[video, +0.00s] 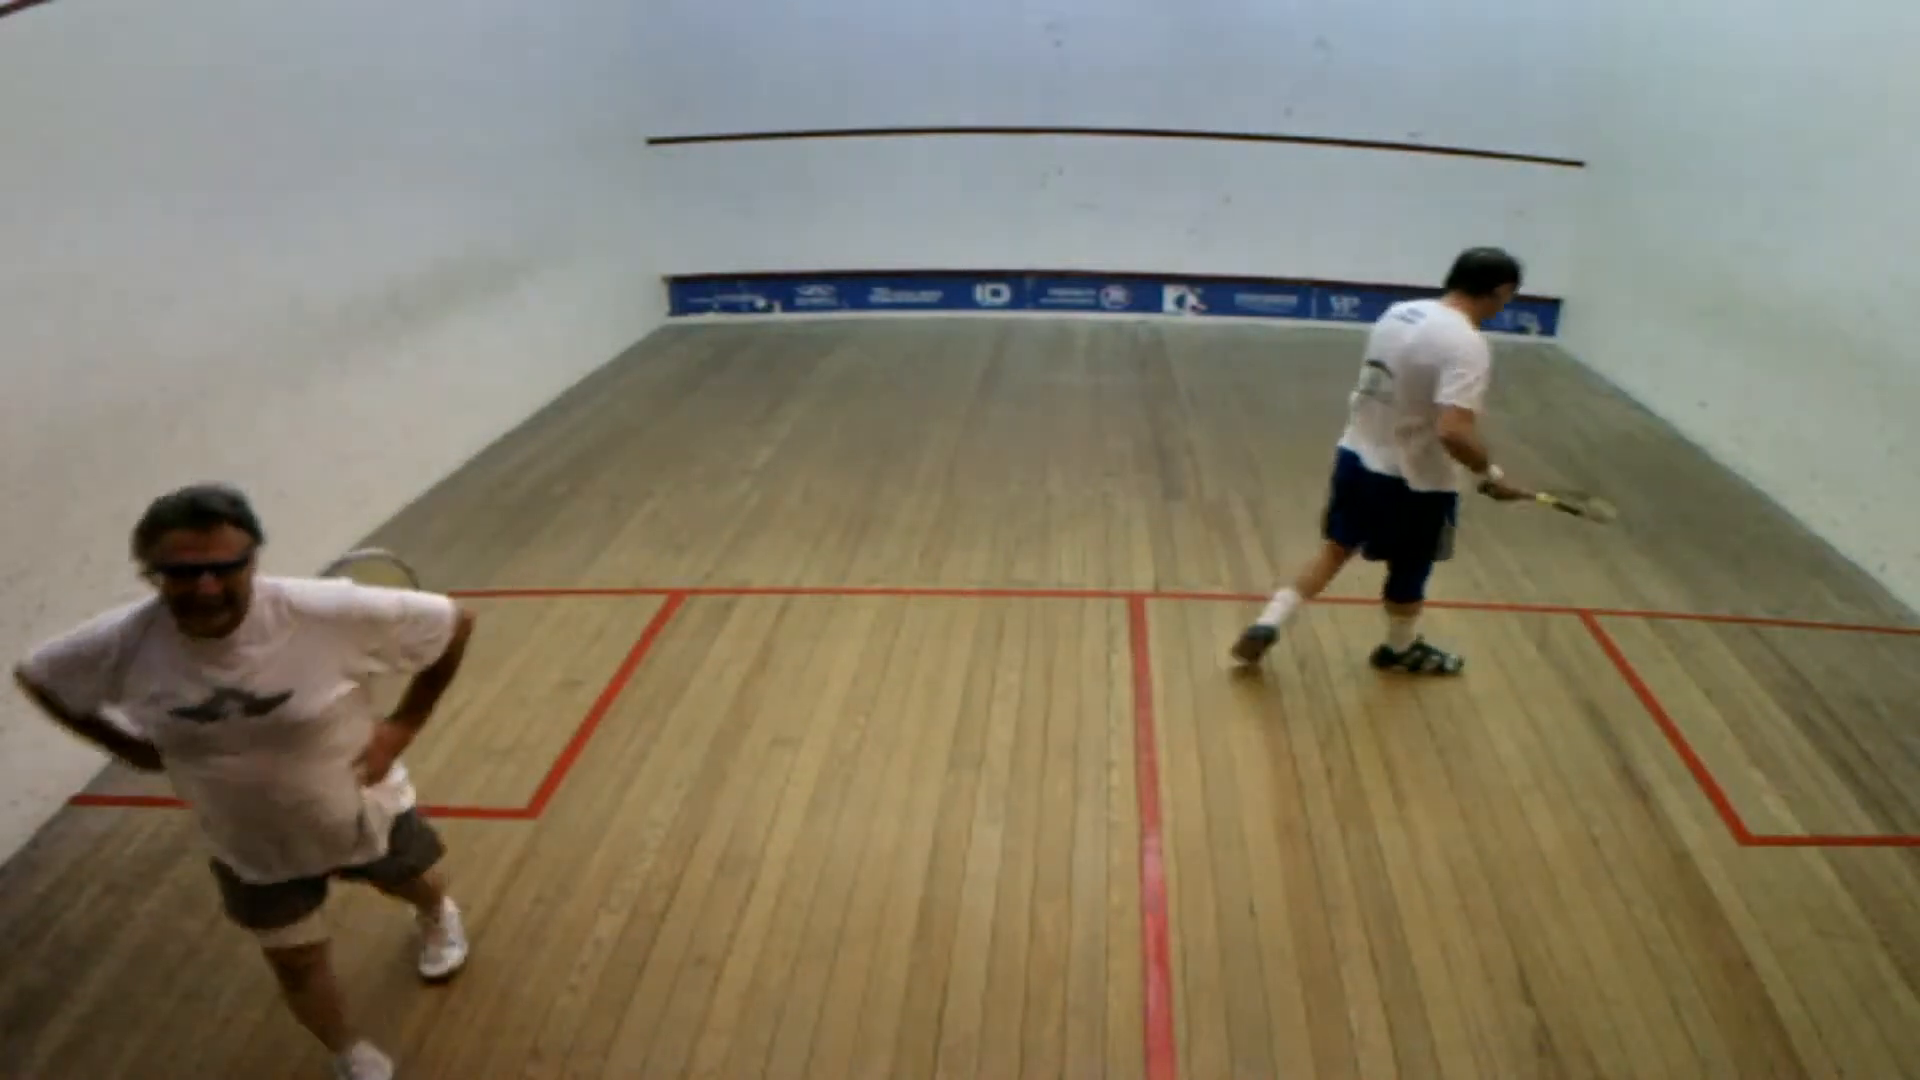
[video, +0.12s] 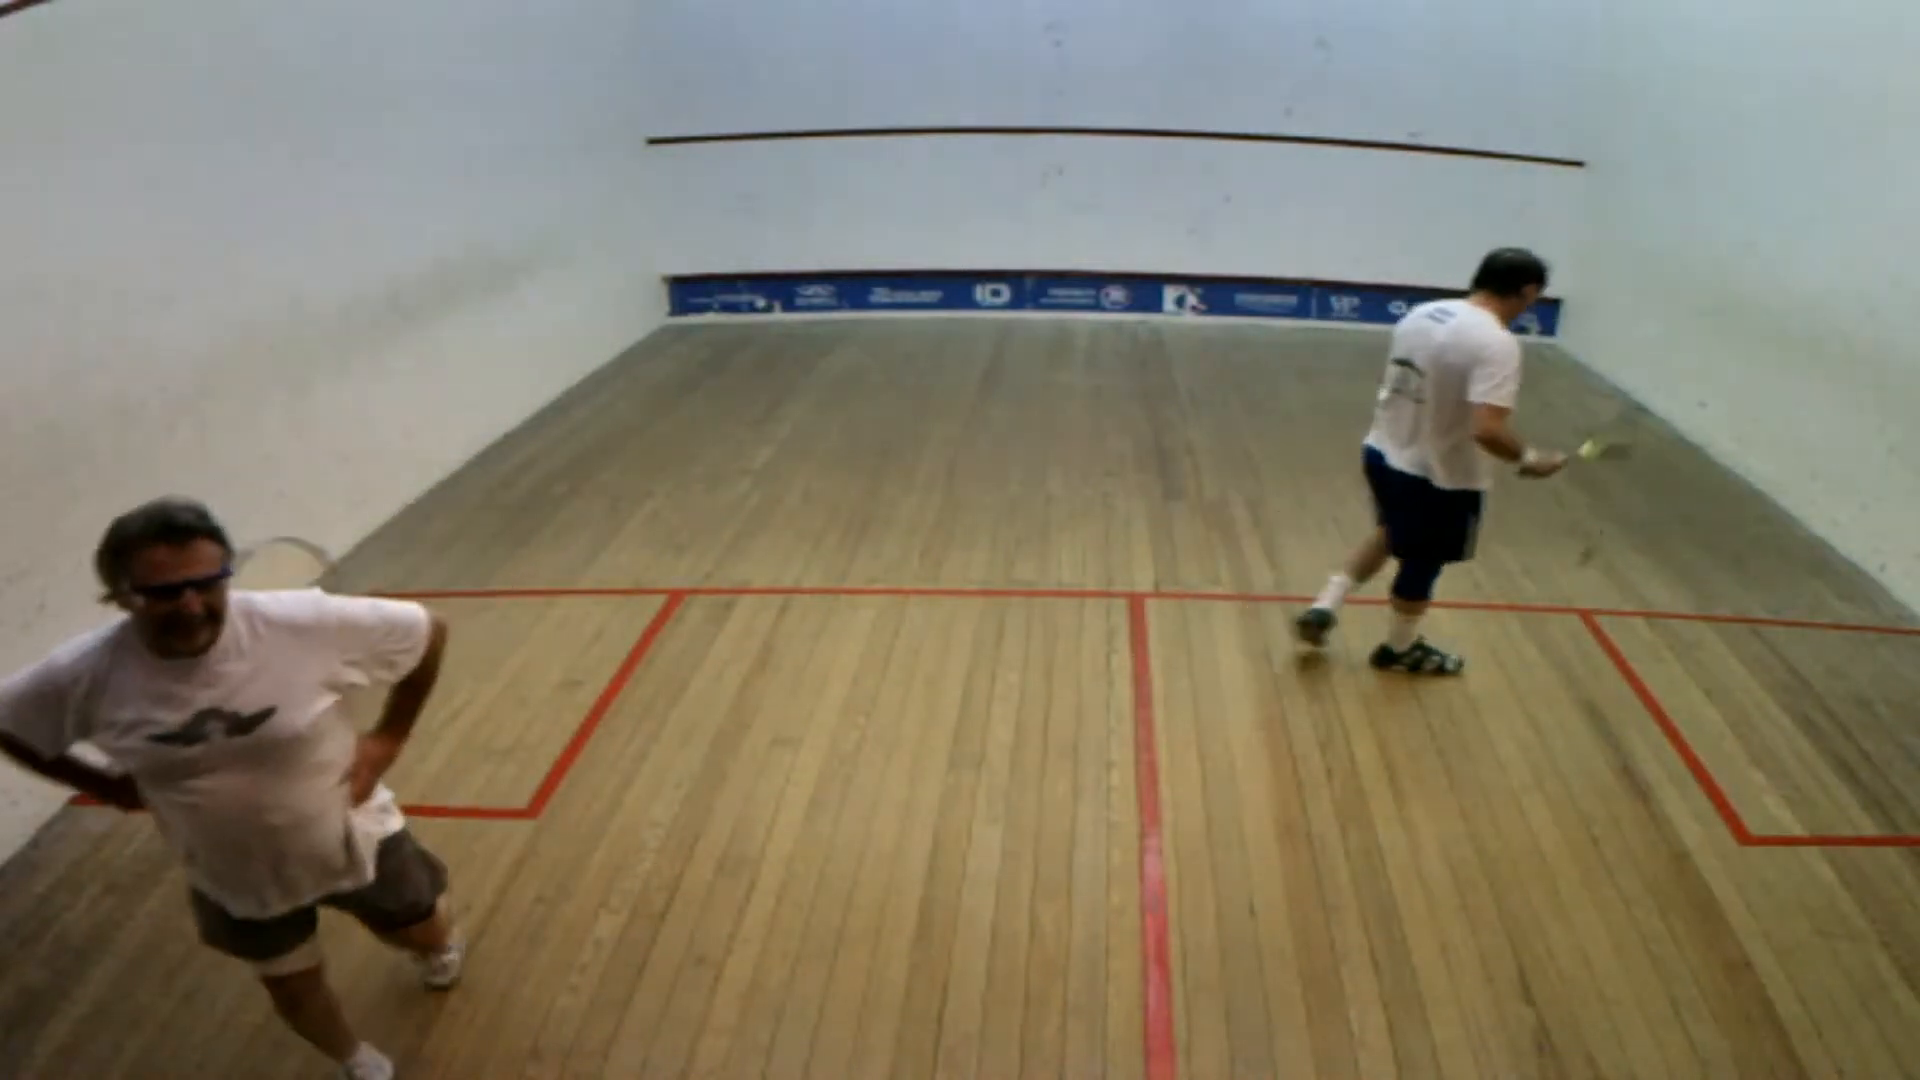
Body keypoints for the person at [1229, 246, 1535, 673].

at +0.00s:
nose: (1504, 307)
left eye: (1508, 298)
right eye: (1506, 297)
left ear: (1458, 280)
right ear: (1492, 292)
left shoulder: (1397, 314)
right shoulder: (1466, 345)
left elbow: (1380, 392)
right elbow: (1453, 431)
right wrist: (1488, 473)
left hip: (1357, 461)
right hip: (1416, 482)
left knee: (1335, 546)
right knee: (1410, 567)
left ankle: (1268, 623)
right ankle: (1401, 645)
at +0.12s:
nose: (1528, 310)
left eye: (1533, 301)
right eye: (1531, 300)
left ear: (1482, 281)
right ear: (1518, 293)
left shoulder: (1423, 314)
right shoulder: (1496, 343)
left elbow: (1401, 389)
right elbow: (1487, 429)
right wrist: (1526, 459)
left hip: (1383, 457)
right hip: (1438, 481)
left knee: (1388, 535)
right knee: (1421, 563)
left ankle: (1324, 605)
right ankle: (1400, 645)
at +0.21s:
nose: (1546, 305)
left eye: (1550, 297)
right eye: (1548, 296)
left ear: (1498, 281)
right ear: (1534, 292)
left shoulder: (1437, 315)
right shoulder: (1515, 344)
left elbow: (1393, 378)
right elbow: (1516, 430)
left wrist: (1366, 425)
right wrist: (1560, 444)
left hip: (1401, 455)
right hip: (1451, 479)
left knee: (1414, 534)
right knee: (1426, 563)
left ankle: (1374, 609)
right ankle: (1401, 644)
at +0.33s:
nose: (1558, 303)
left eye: (1560, 294)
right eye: (1559, 294)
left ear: (1508, 281)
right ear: (1546, 291)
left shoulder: (1450, 315)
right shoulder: (1533, 345)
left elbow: (1395, 373)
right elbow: (1542, 429)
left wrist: (1364, 422)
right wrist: (1584, 447)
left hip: (1416, 454)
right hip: (1466, 478)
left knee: (1427, 542)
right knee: (1431, 564)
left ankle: (1419, 617)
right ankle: (1401, 646)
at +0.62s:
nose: (1581, 300)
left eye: (1583, 294)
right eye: (1582, 293)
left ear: (1530, 282)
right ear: (1573, 291)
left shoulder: (1482, 320)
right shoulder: (1570, 339)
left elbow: (1434, 384)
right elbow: (1594, 424)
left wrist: (1436, 440)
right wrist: (1621, 441)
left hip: (1473, 458)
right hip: (1527, 472)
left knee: (1496, 542)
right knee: (1500, 560)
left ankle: (1501, 610)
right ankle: (1416, 633)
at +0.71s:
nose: (1586, 299)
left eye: (1588, 292)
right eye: (1588, 292)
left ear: (1539, 281)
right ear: (1581, 288)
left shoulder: (1495, 316)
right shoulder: (1583, 333)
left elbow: (1451, 383)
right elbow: (1601, 415)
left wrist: (1460, 438)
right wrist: (1625, 436)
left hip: (1482, 453)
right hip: (1543, 466)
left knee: (1497, 532)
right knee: (1550, 553)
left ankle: (1501, 611)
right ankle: (1455, 618)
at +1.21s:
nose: (1632, 296)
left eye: (1632, 291)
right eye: (1634, 290)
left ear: (1586, 279)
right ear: (1629, 288)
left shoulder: (1540, 311)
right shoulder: (1631, 333)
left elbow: (1492, 374)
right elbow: (1654, 415)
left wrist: (1477, 428)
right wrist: (1664, 445)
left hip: (1517, 445)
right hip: (1579, 458)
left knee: (1514, 527)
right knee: (1588, 542)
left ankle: (1501, 613)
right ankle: (1543, 632)